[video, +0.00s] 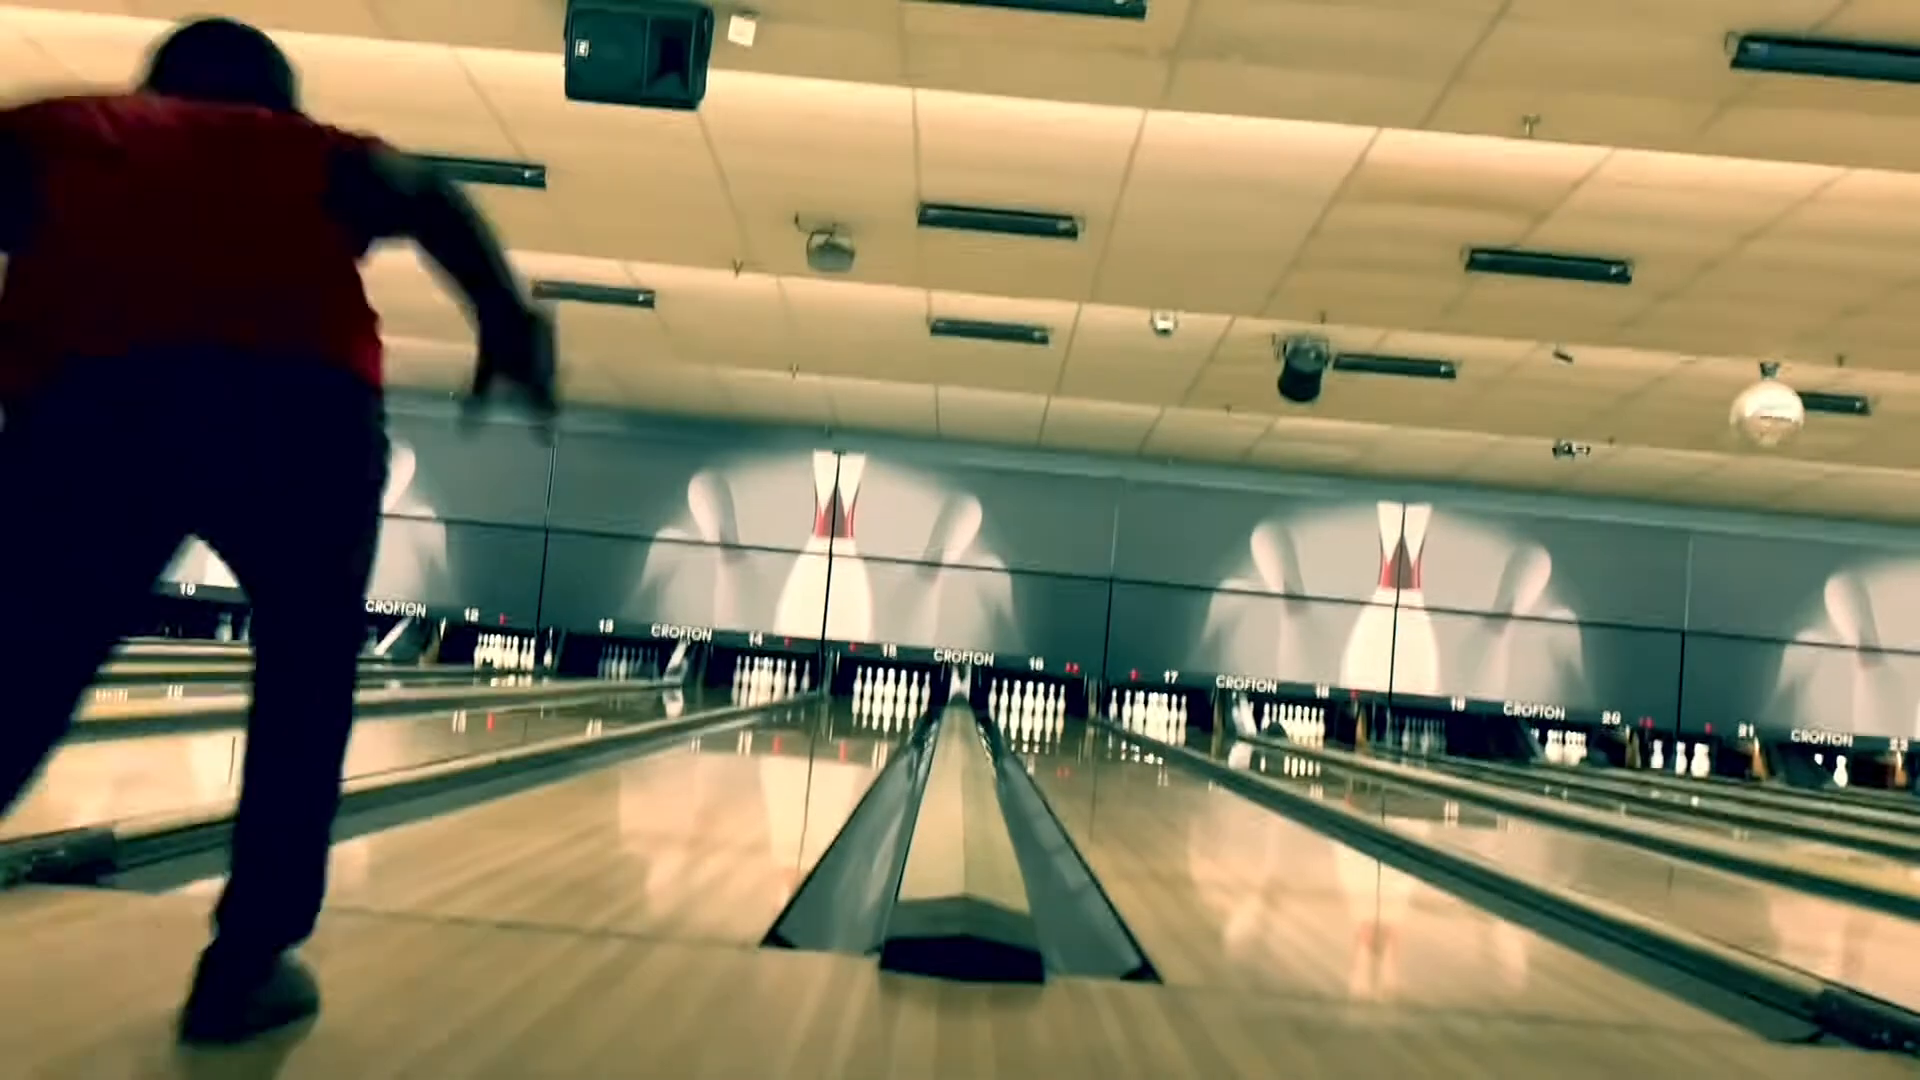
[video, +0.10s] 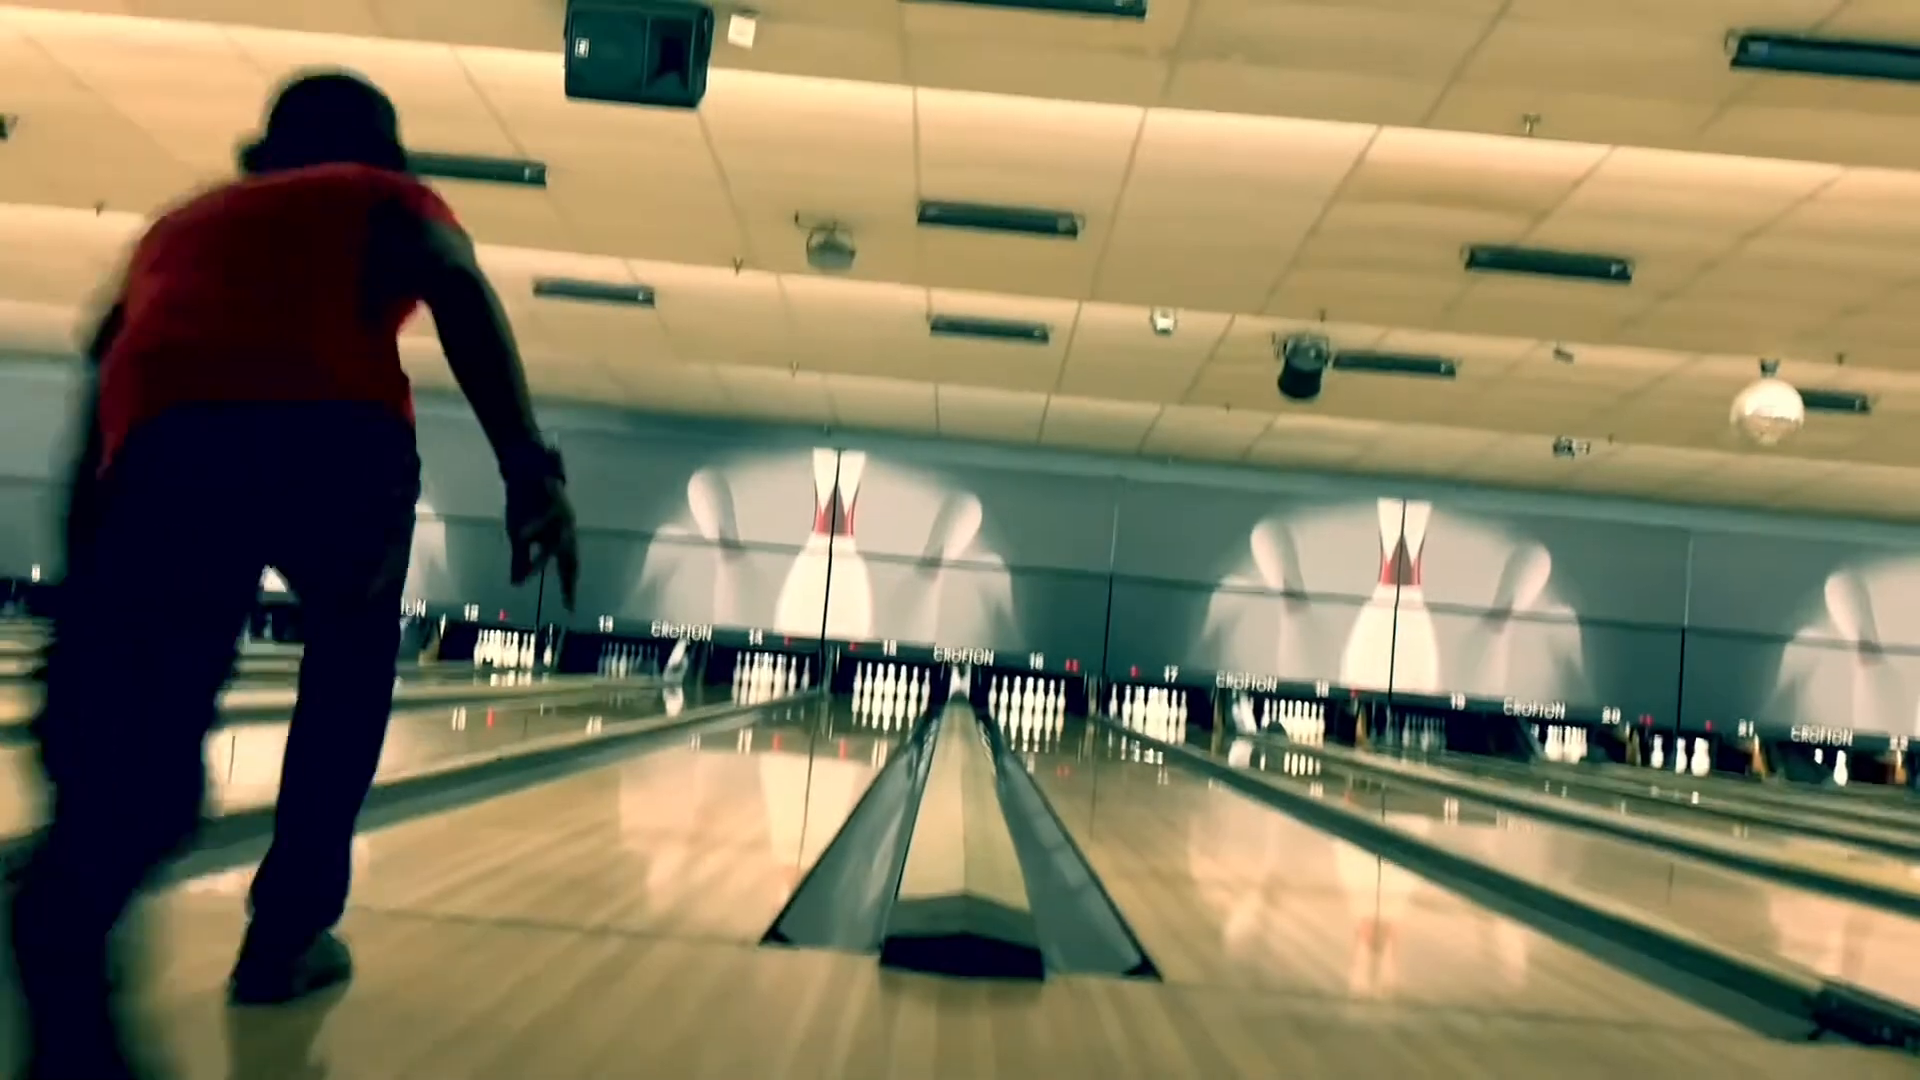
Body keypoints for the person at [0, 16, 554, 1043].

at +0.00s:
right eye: (280, 105)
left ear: (150, 85)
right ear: (278, 99)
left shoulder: (58, 126)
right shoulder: (314, 148)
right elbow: (427, 193)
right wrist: (506, 316)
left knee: (21, 685)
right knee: (304, 687)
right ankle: (241, 976)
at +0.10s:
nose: (400, 174)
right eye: (395, 155)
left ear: (268, 144)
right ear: (378, 144)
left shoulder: (181, 221)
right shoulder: (390, 191)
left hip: (173, 450)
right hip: (342, 445)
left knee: (144, 750)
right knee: (344, 683)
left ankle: (55, 919)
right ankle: (280, 946)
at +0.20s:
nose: (436, 225)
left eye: (429, 214)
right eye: (428, 214)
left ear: (318, 208)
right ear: (400, 204)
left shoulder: (232, 269)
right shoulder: (406, 227)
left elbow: (188, 423)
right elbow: (461, 260)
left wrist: (205, 582)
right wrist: (502, 372)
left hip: (233, 466)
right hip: (376, 448)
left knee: (252, 759)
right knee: (380, 668)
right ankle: (322, 914)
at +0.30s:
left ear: (330, 233)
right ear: (398, 229)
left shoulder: (255, 289)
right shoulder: (414, 258)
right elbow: (450, 245)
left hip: (278, 448)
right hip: (414, 437)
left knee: (314, 733)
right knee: (399, 686)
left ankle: (432, 794)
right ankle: (332, 927)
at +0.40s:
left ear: (324, 206)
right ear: (398, 201)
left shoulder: (263, 248)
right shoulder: (428, 222)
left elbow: (229, 399)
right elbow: (468, 186)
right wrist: (422, 146)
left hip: (309, 414)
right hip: (437, 397)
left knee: (332, 687)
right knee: (401, 645)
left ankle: (445, 664)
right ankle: (333, 925)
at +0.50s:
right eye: (410, 157)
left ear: (327, 160)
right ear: (412, 157)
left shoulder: (266, 209)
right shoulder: (436, 181)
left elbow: (209, 386)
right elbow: (490, 151)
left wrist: (222, 452)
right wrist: (493, 196)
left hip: (321, 374)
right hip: (448, 366)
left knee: (314, 632)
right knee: (392, 647)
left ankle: (428, 609)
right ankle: (334, 916)